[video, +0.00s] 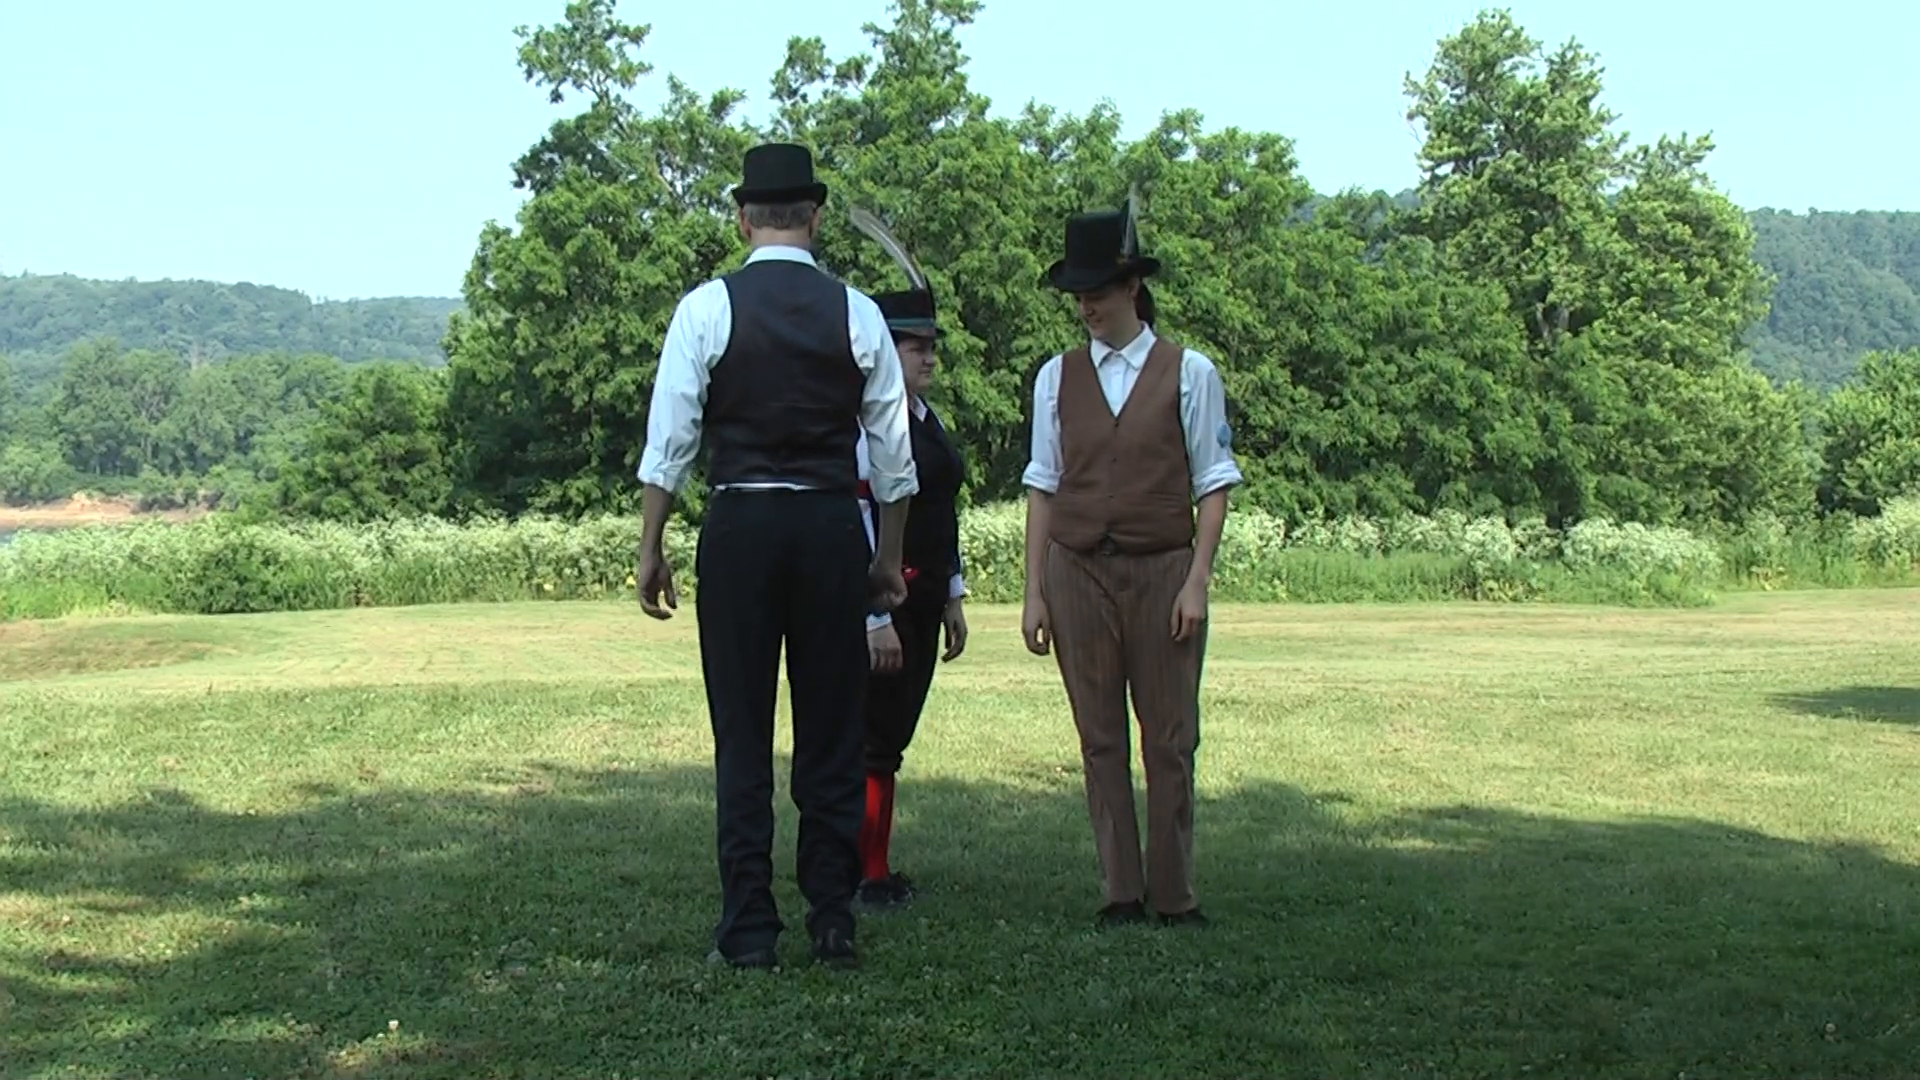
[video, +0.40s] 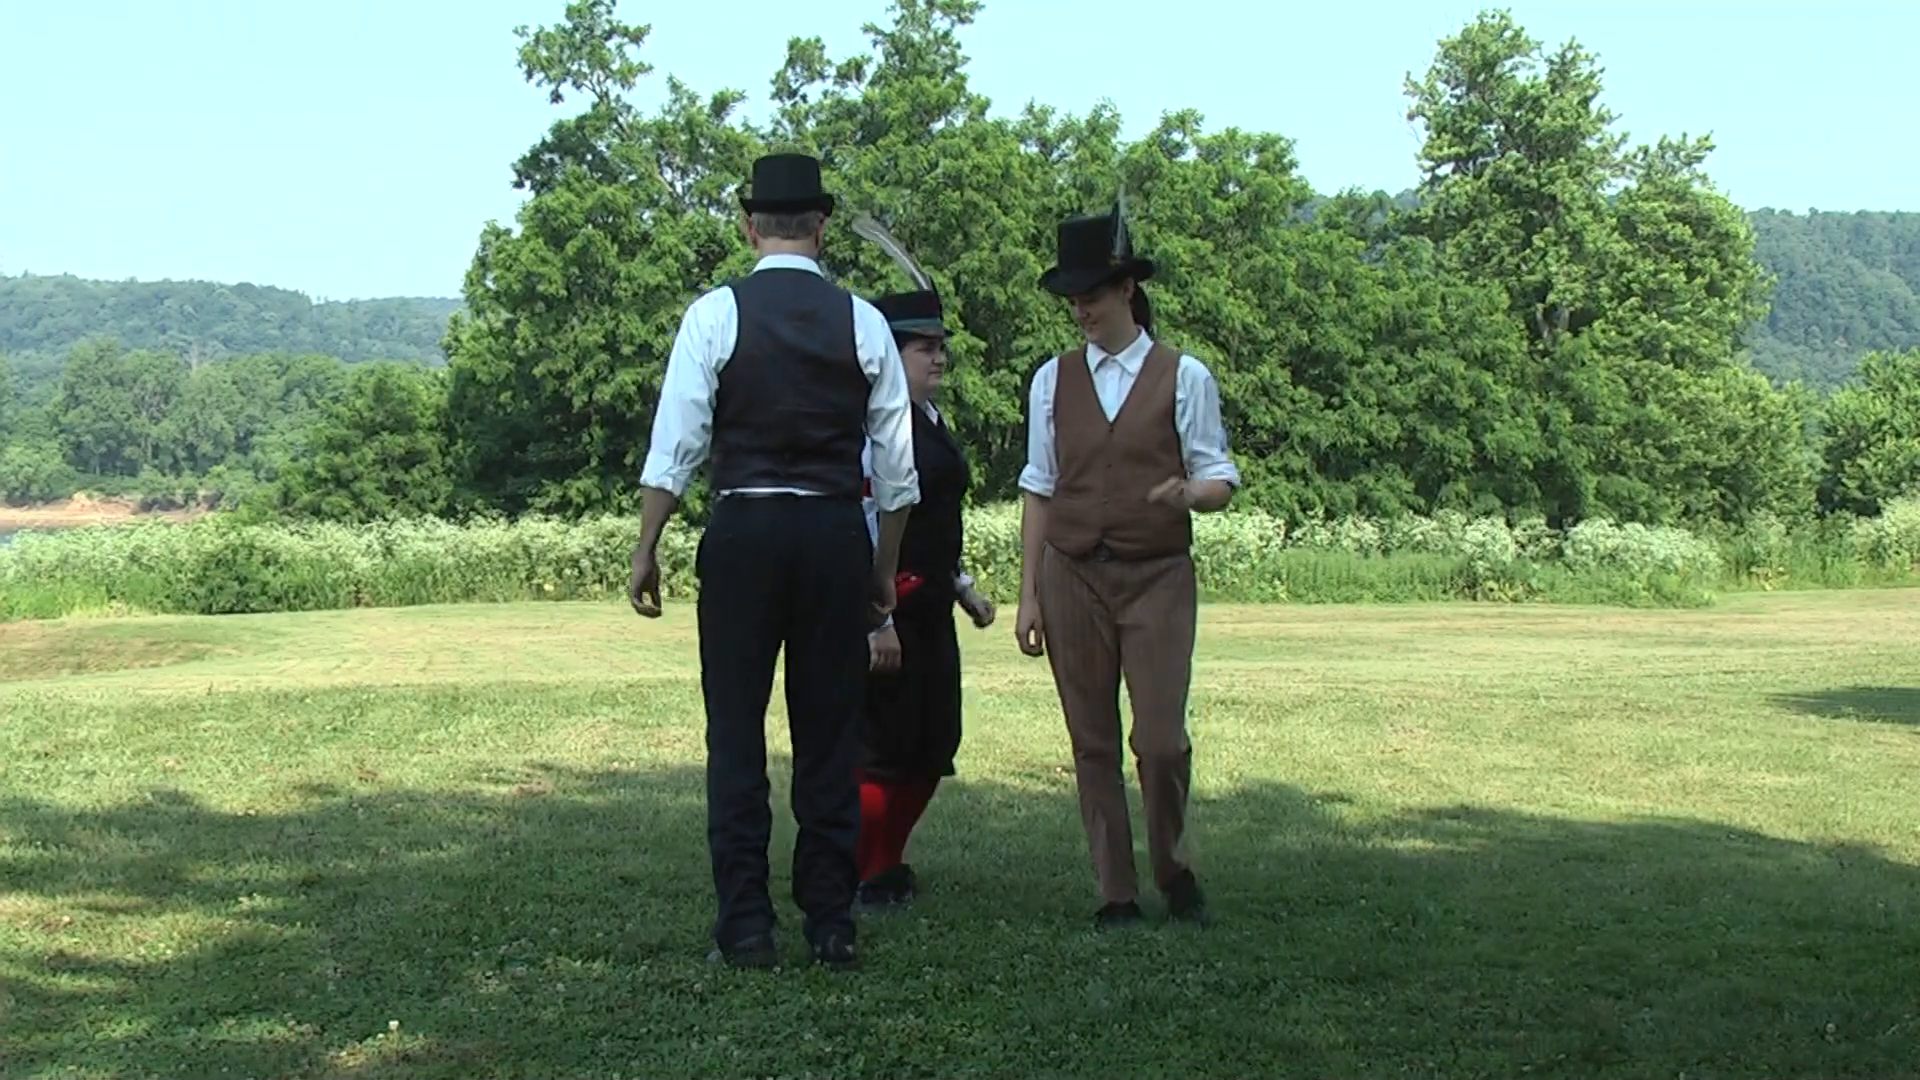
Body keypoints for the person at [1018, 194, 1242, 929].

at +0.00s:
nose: (1087, 306)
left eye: (1098, 293)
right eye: (1079, 296)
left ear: (1135, 288)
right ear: (1074, 299)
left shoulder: (1189, 372)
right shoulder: (1055, 377)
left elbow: (1215, 483)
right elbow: (1041, 489)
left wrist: (1198, 580)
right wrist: (1034, 591)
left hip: (1166, 575)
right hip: (1076, 577)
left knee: (1170, 744)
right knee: (1101, 745)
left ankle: (1173, 895)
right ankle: (1122, 894)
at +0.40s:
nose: (1082, 309)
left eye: (1094, 295)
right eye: (1074, 299)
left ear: (1130, 290)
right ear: (1068, 303)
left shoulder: (1184, 376)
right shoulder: (1051, 380)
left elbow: (1221, 482)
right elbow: (1037, 492)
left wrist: (1186, 491)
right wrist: (1028, 593)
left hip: (1158, 579)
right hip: (1070, 579)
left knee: (1161, 746)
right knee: (1094, 746)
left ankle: (1174, 872)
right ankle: (1116, 896)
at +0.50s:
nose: (1084, 312)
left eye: (1094, 298)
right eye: (1075, 302)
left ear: (1131, 290)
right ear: (1069, 306)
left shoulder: (1187, 372)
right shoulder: (1052, 380)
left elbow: (1230, 475)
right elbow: (1036, 491)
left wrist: (1197, 404)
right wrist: (1029, 592)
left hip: (1158, 574)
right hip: (1069, 574)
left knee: (1150, 732)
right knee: (1093, 743)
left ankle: (1161, 792)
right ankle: (1113, 896)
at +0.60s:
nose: (1083, 311)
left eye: (1096, 296)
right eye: (1074, 301)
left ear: (1132, 291)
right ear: (1068, 304)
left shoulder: (1178, 368)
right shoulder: (1050, 379)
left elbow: (1236, 420)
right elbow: (1037, 491)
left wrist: (1197, 328)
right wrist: (1028, 592)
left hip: (1156, 569)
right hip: (1069, 571)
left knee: (1131, 715)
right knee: (1091, 743)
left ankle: (1159, 769)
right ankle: (1114, 894)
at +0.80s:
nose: (1081, 308)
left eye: (1094, 293)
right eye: (1074, 295)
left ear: (1134, 291)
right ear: (1067, 297)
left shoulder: (1175, 363)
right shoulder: (1056, 371)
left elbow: (1215, 296)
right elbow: (1037, 485)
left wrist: (1192, 198)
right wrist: (1026, 586)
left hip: (1148, 577)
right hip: (1068, 578)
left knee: (1115, 749)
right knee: (1083, 751)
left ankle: (1142, 908)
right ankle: (1116, 899)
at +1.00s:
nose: (1066, 295)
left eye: (1077, 282)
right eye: (1063, 284)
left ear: (1117, 281)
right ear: (1071, 290)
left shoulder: (1147, 351)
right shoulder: (1063, 370)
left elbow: (1150, 263)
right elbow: (1044, 482)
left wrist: (1144, 152)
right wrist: (1018, 567)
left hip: (1136, 577)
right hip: (1061, 580)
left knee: (1119, 756)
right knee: (1019, 716)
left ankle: (1136, 916)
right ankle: (1112, 803)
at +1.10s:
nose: (1058, 262)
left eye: (1066, 250)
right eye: (1053, 252)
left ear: (1102, 244)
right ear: (1061, 256)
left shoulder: (1136, 311)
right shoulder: (1061, 329)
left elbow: (1124, 220)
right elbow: (1057, 437)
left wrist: (1102, 112)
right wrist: (1029, 530)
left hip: (1120, 536)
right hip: (1045, 533)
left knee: (1122, 715)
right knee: (1003, 672)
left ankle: (1147, 891)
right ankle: (1113, 739)